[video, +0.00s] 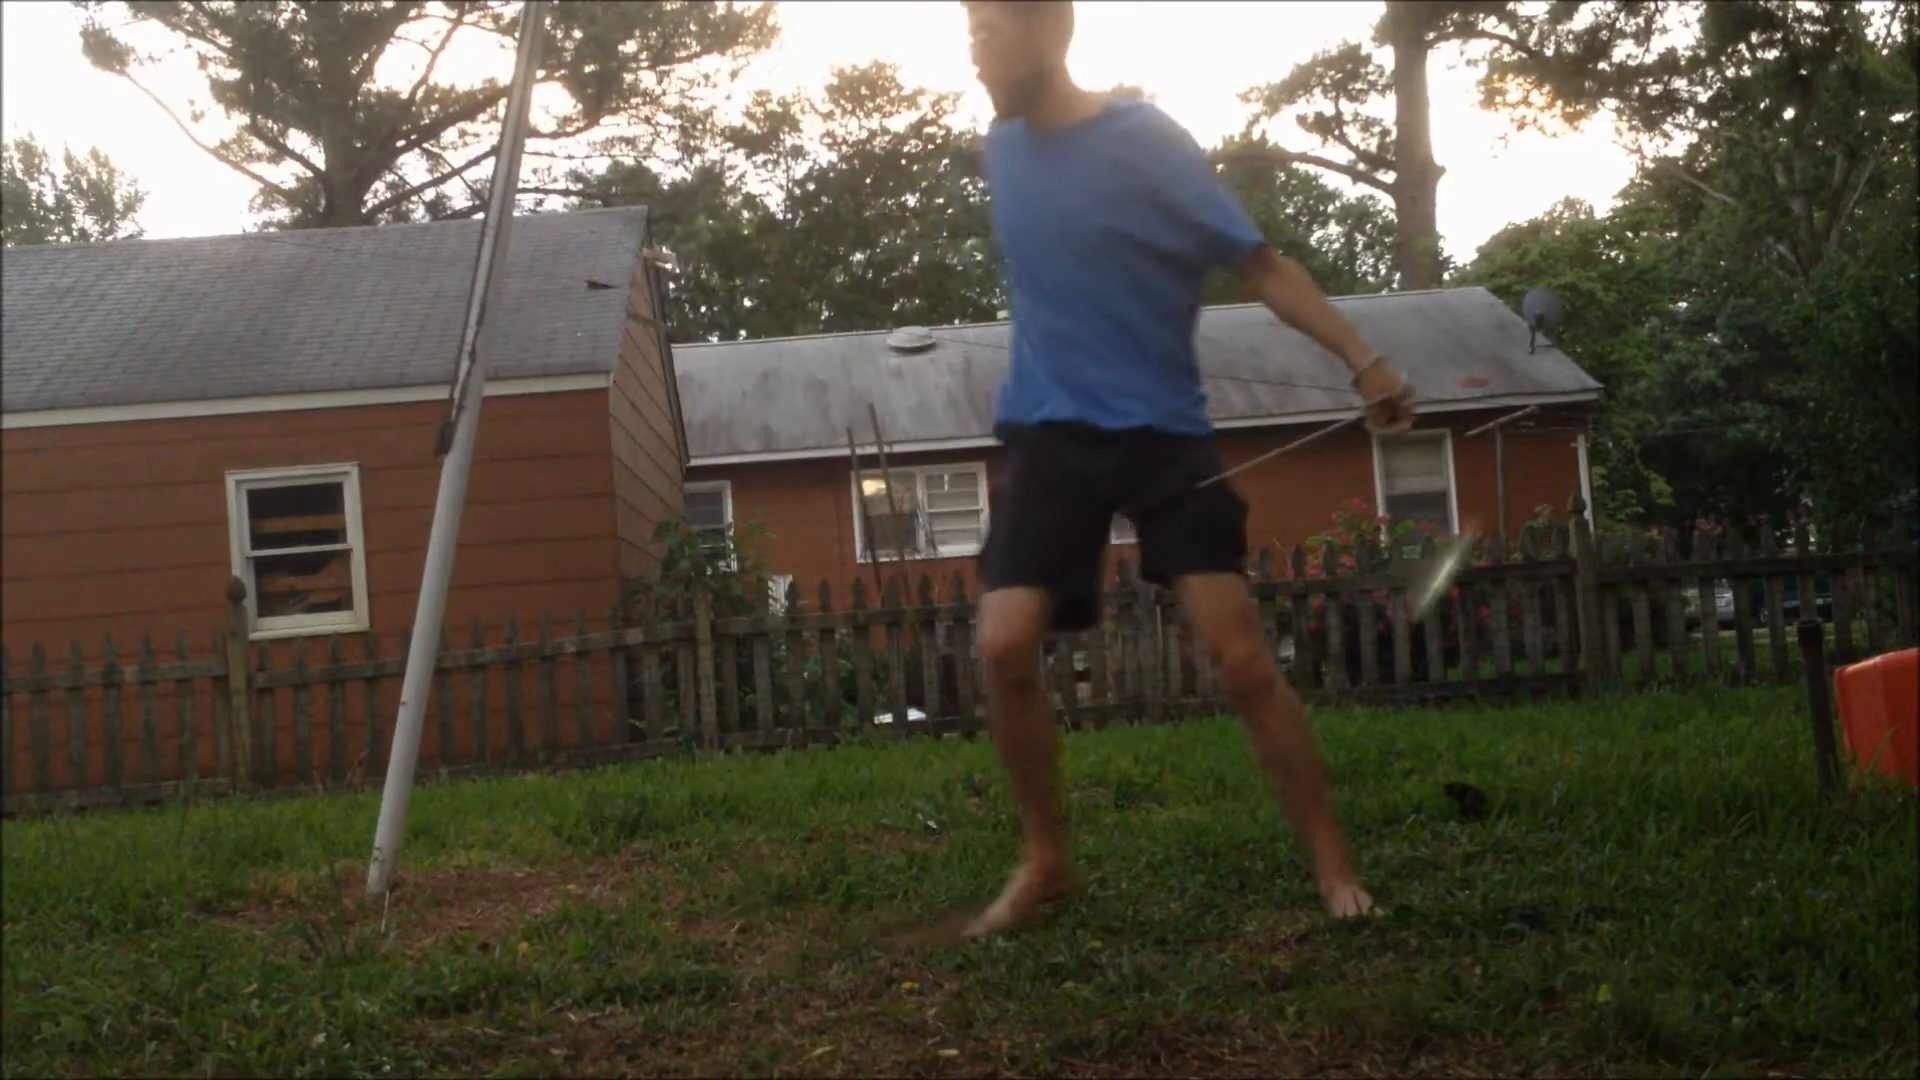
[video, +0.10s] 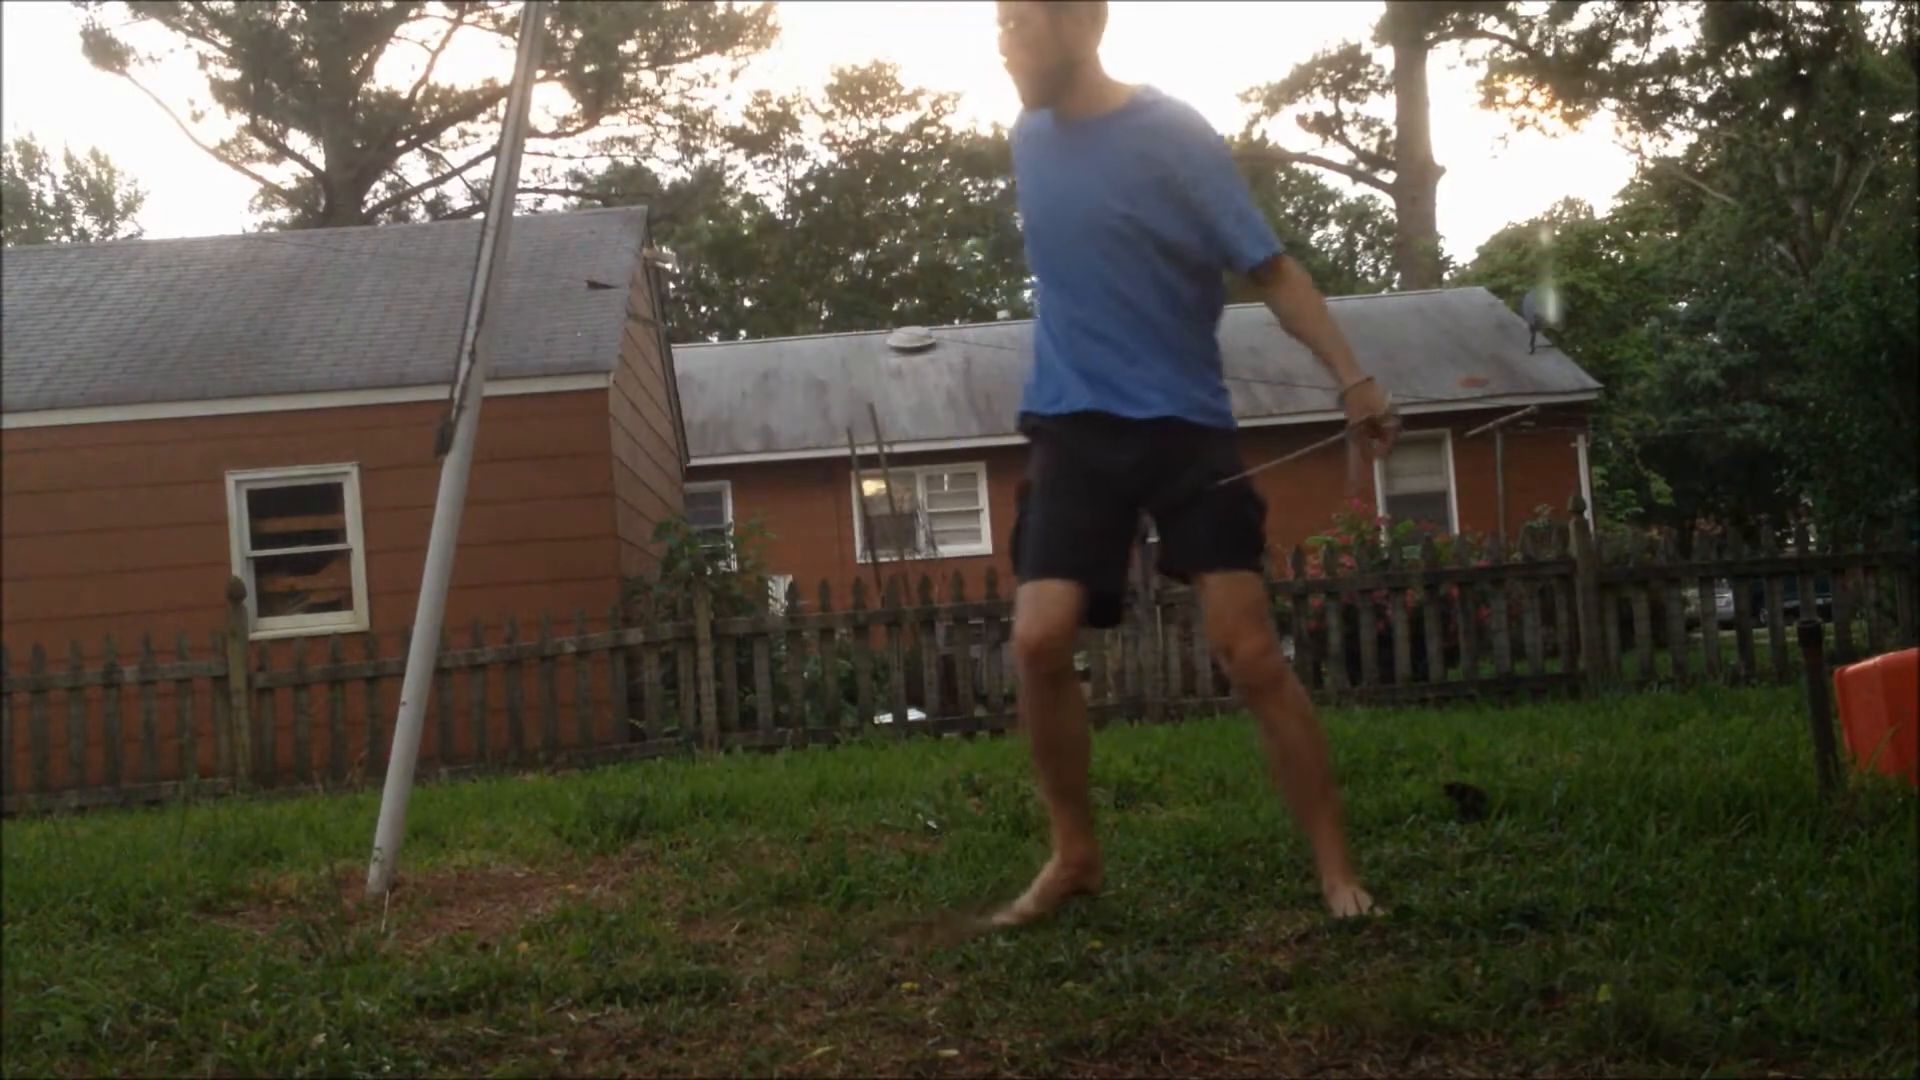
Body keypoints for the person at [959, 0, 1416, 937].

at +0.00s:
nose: (976, 40)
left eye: (993, 20)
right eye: (971, 24)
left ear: (1054, 24)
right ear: (979, 37)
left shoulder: (1142, 138)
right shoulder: (1000, 148)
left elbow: (1258, 263)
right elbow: (1052, 282)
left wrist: (1363, 360)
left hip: (1165, 435)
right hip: (1047, 437)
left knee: (1238, 657)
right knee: (1002, 647)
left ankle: (1336, 877)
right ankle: (1045, 862)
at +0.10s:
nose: (1002, 40)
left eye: (1018, 20)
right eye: (1000, 24)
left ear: (1082, 21)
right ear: (1027, 38)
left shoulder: (1174, 133)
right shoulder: (1030, 139)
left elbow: (1271, 268)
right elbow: (1073, 271)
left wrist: (1351, 374)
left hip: (1187, 429)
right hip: (1072, 430)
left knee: (1252, 655)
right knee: (1037, 643)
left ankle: (1338, 880)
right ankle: (1073, 857)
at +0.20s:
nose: (1013, 38)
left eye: (1027, 17)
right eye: (1010, 20)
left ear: (1088, 18)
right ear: (1039, 30)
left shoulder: (1184, 123)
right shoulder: (1039, 135)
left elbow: (1269, 269)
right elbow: (1073, 222)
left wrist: (1328, 385)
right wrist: (1024, 230)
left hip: (1201, 424)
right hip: (1083, 426)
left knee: (1258, 651)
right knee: (1047, 640)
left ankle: (1339, 879)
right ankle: (1067, 864)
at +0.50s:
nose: (958, 49)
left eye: (971, 27)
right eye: (955, 31)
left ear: (1030, 28)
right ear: (975, 38)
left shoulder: (1111, 132)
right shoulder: (993, 145)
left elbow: (1201, 265)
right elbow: (1010, 231)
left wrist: (1193, 369)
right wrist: (911, 274)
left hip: (1153, 432)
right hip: (1045, 439)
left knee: (1220, 657)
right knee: (1017, 664)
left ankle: (1324, 869)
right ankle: (1063, 886)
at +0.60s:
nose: (928, 61)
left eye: (941, 37)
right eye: (925, 41)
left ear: (1001, 37)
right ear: (947, 47)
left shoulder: (1082, 136)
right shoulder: (966, 145)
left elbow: (1167, 278)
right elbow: (989, 233)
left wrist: (1117, 344)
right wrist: (908, 267)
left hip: (1119, 424)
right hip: (1022, 434)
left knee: (1147, 605)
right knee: (1010, 663)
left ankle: (1253, 797)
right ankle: (1064, 887)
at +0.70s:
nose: (911, 33)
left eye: (924, 12)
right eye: (909, 16)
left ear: (982, 14)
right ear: (939, 26)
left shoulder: (1062, 108)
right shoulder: (948, 114)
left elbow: (1132, 248)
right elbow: (974, 205)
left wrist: (1045, 315)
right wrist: (919, 254)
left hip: (1099, 372)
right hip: (1009, 395)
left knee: (1052, 523)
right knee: (1014, 646)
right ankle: (1061, 879)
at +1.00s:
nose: (893, 30)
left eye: (912, 12)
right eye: (895, 13)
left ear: (967, 21)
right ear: (934, 27)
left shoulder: (1009, 120)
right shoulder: (946, 132)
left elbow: (1056, 278)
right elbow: (994, 285)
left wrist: (934, 356)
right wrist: (953, 387)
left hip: (1043, 396)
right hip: (994, 401)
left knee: (894, 554)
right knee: (941, 658)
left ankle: (1090, 612)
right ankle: (1032, 886)